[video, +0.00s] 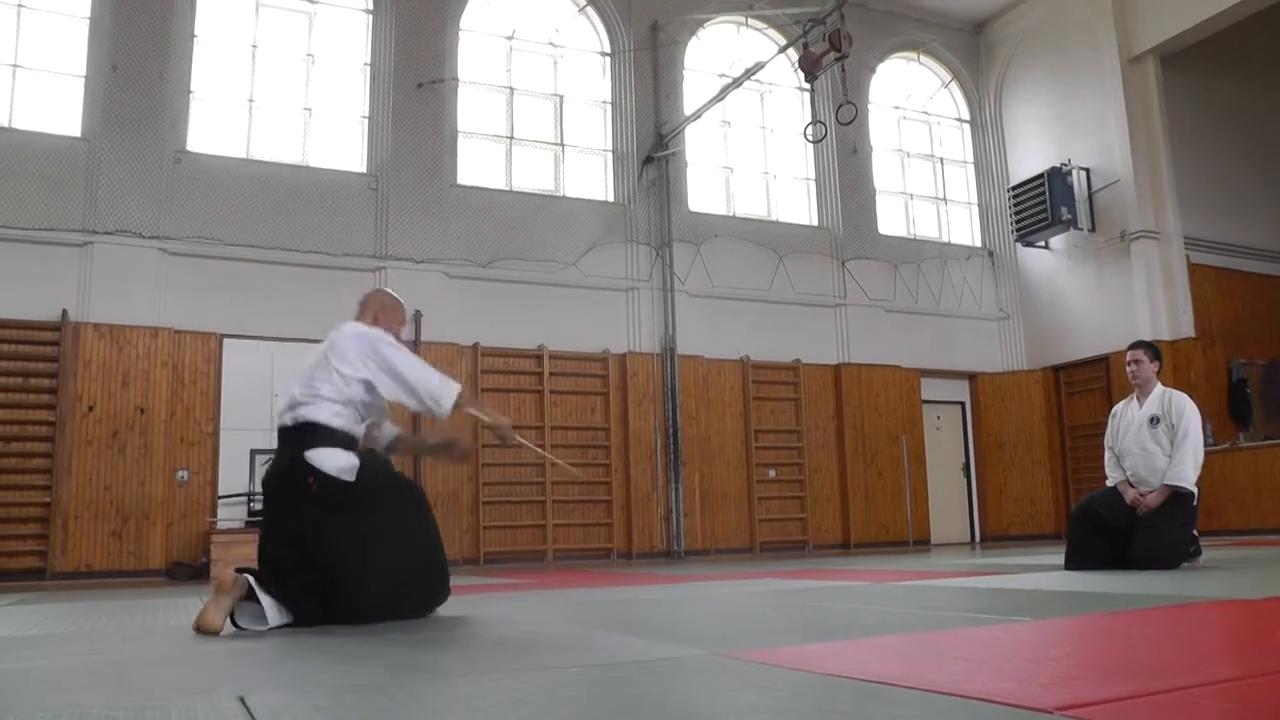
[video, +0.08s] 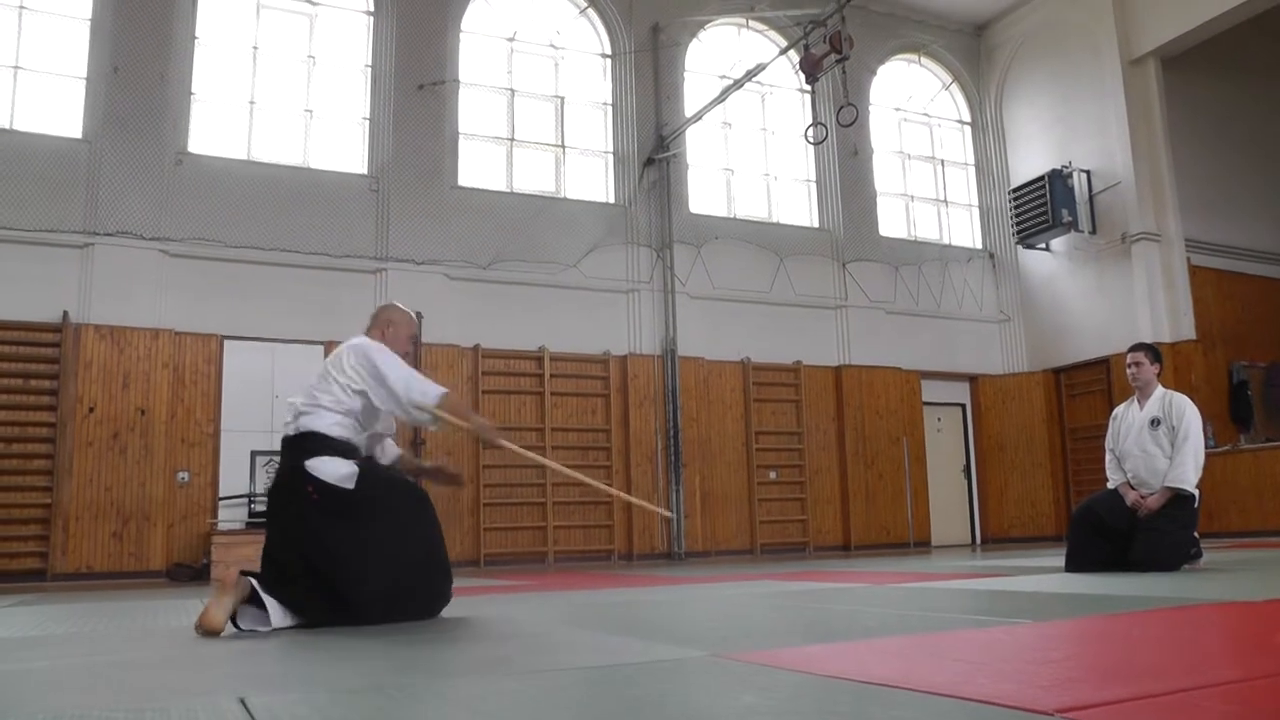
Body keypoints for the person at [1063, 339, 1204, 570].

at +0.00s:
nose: (1131, 368)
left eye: (1138, 362)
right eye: (1128, 364)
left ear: (1155, 366)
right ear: (1125, 369)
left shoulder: (1178, 403)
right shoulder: (1118, 411)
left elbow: (1188, 454)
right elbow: (1110, 456)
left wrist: (1160, 494)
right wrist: (1125, 489)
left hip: (1171, 496)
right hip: (1127, 494)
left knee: (1148, 559)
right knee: (1084, 516)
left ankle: (1188, 542)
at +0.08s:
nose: (1132, 371)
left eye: (1138, 365)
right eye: (1128, 366)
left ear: (1156, 368)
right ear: (1125, 371)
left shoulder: (1179, 405)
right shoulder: (1119, 414)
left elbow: (1189, 457)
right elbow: (1111, 459)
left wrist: (1161, 496)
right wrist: (1126, 492)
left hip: (1172, 499)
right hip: (1128, 497)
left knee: (1148, 560)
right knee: (1086, 517)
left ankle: (1189, 544)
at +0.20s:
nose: (1132, 374)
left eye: (1139, 368)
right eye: (1129, 370)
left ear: (1157, 372)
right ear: (1126, 374)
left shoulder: (1180, 409)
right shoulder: (1120, 417)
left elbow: (1190, 460)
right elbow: (1112, 462)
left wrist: (1162, 499)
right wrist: (1127, 494)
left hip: (1173, 502)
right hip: (1129, 500)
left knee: (1147, 564)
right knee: (1086, 519)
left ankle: (1190, 547)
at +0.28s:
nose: (1133, 376)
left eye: (1139, 370)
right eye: (1130, 371)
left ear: (1157, 373)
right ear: (1126, 376)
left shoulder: (1180, 410)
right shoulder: (1120, 418)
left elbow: (1190, 462)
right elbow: (1112, 464)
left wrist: (1162, 501)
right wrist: (1127, 496)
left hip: (1174, 504)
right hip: (1129, 502)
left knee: (1147, 565)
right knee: (1086, 521)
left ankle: (1190, 549)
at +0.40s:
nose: (1134, 378)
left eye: (1140, 372)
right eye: (1130, 374)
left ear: (1158, 376)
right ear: (1128, 378)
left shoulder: (1181, 413)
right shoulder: (1121, 421)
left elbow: (1191, 465)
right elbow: (1113, 466)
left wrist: (1162, 504)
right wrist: (1127, 499)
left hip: (1174, 507)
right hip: (1130, 505)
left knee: (1148, 568)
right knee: (1087, 524)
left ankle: (1190, 552)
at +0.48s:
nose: (1134, 379)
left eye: (1140, 373)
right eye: (1131, 375)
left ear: (1158, 377)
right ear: (1128, 380)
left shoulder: (1181, 415)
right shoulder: (1121, 422)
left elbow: (1191, 467)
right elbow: (1113, 468)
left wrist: (1162, 506)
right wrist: (1127, 501)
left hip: (1174, 509)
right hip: (1130, 506)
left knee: (1147, 569)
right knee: (1086, 526)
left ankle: (1190, 553)